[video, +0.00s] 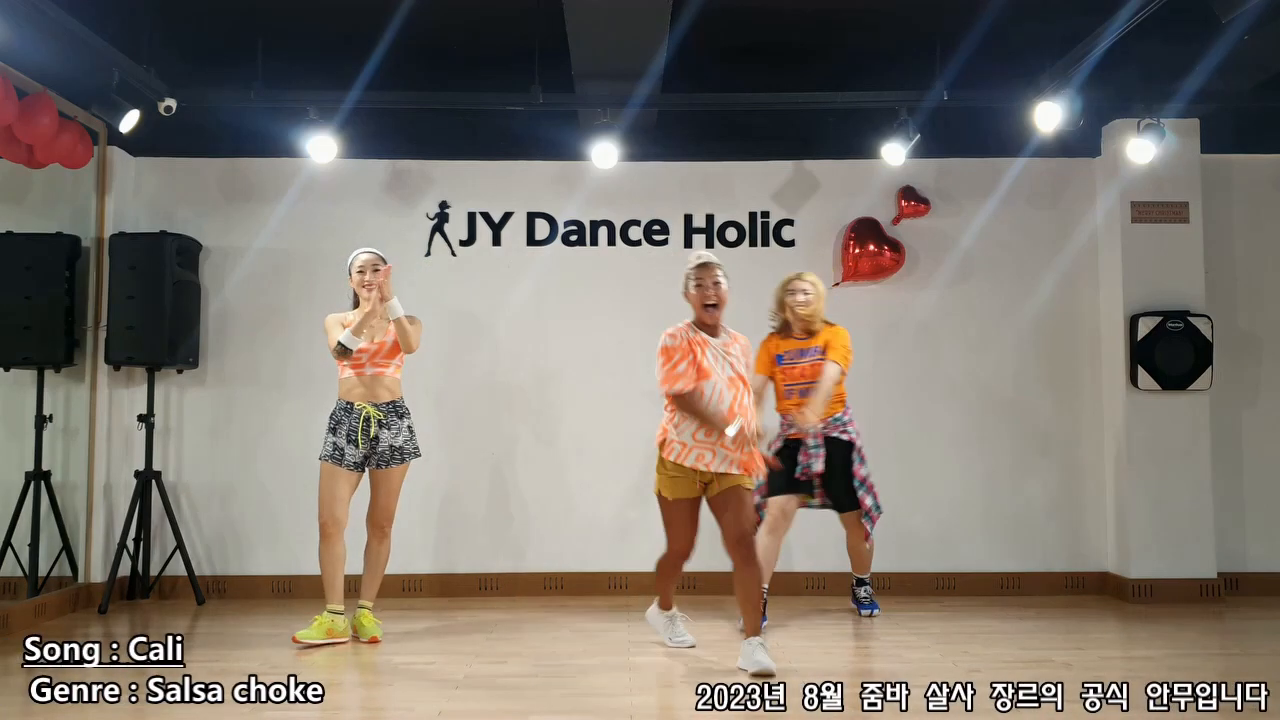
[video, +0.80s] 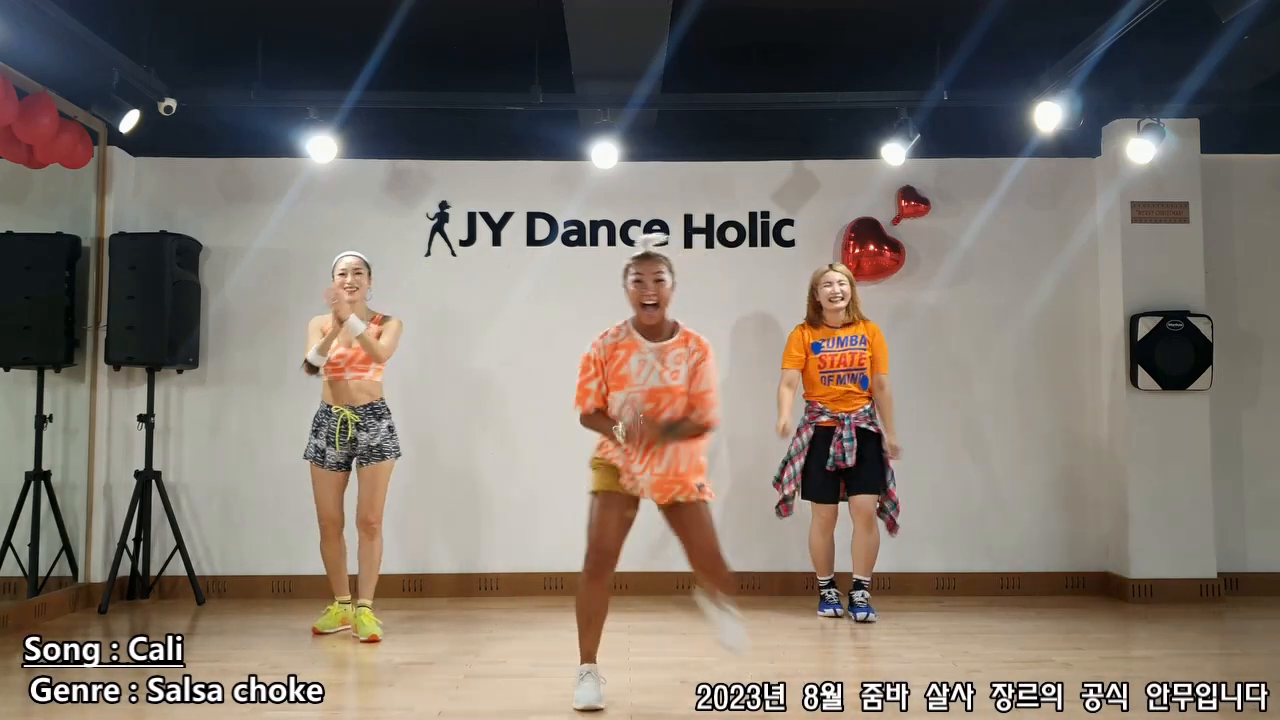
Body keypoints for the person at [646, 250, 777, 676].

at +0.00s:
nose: (710, 291)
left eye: (717, 283)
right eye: (700, 285)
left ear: (727, 291)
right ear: (687, 294)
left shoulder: (739, 344)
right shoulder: (676, 338)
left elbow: (744, 404)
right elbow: (681, 395)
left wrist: (754, 449)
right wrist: (724, 426)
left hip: (729, 461)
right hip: (681, 459)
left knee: (743, 543)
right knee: (680, 547)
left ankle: (753, 640)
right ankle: (662, 609)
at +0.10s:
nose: (721, 293)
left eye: (728, 286)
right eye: (711, 287)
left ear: (738, 294)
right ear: (697, 296)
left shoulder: (753, 349)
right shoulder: (679, 345)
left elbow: (767, 410)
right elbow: (667, 406)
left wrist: (769, 458)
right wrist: (693, 445)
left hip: (738, 465)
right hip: (685, 464)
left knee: (752, 547)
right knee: (688, 557)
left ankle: (755, 643)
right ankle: (678, 602)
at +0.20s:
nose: (727, 299)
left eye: (735, 291)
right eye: (718, 292)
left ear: (747, 300)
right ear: (705, 301)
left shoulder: (764, 358)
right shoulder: (682, 351)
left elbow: (798, 418)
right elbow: (653, 410)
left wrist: (814, 478)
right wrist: (638, 467)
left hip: (743, 467)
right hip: (687, 464)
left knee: (763, 548)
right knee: (688, 561)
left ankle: (757, 644)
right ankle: (711, 584)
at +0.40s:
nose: (715, 282)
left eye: (723, 273)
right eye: (706, 274)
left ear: (737, 278)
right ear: (694, 281)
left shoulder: (758, 336)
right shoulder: (674, 333)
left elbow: (789, 398)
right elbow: (629, 382)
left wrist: (786, 444)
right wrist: (608, 438)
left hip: (742, 451)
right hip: (686, 443)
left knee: (755, 545)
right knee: (657, 507)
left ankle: (761, 639)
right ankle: (691, 578)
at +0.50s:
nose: (701, 269)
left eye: (710, 260)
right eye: (692, 261)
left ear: (723, 268)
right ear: (679, 269)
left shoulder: (746, 323)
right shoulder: (662, 321)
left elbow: (786, 383)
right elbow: (621, 368)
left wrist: (750, 416)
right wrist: (618, 421)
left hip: (733, 440)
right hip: (677, 434)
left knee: (748, 541)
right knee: (647, 523)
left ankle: (766, 635)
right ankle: (643, 621)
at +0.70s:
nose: (667, 292)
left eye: (676, 283)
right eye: (657, 284)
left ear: (690, 291)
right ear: (645, 293)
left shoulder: (717, 346)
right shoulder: (627, 346)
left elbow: (760, 401)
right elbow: (584, 400)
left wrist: (717, 388)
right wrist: (595, 399)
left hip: (703, 472)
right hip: (644, 468)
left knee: (729, 559)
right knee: (614, 559)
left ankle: (765, 639)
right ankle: (590, 669)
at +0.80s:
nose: (648, 289)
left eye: (657, 280)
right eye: (638, 280)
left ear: (672, 289)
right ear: (626, 289)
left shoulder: (695, 348)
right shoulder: (605, 346)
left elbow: (704, 420)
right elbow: (588, 412)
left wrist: (662, 431)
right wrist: (618, 430)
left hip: (677, 466)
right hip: (619, 465)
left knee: (714, 567)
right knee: (599, 559)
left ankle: (714, 597)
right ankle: (588, 668)